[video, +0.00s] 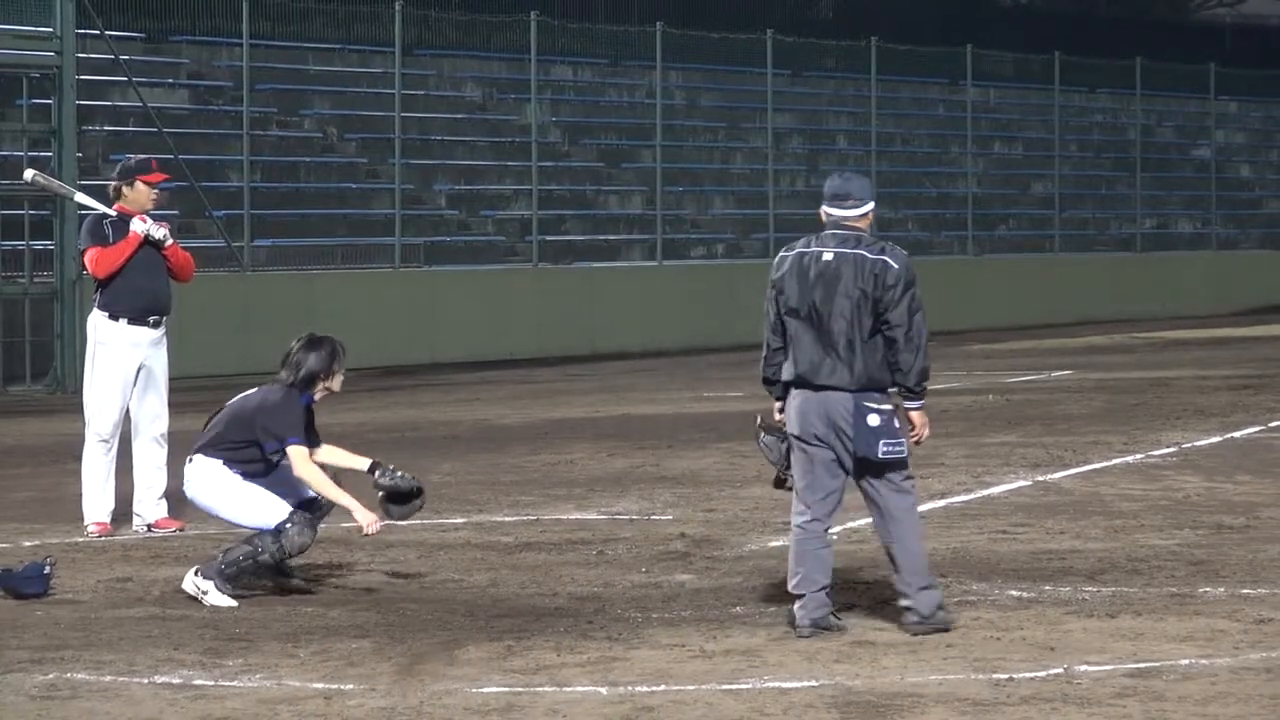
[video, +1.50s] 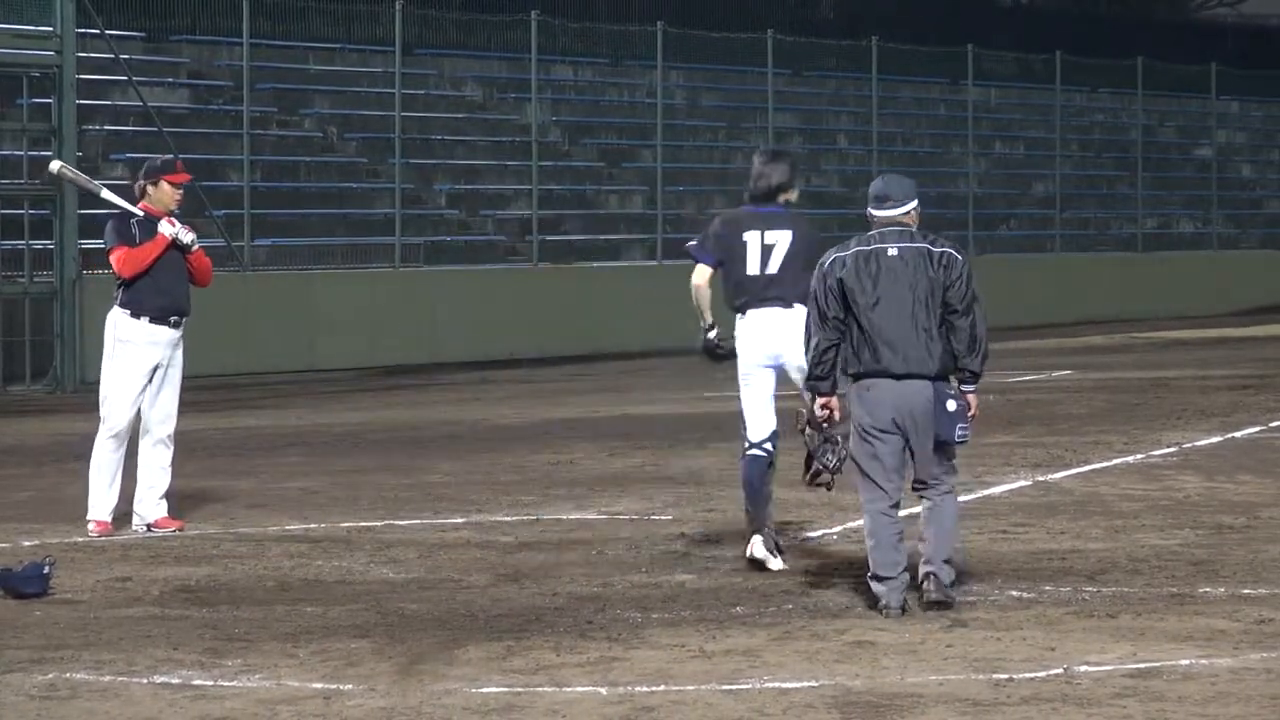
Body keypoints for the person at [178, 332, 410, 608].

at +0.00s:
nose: (343, 374)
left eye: (341, 367)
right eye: (339, 368)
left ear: (306, 367)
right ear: (323, 374)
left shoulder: (299, 401)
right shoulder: (285, 402)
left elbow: (316, 451)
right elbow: (302, 468)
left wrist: (374, 467)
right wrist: (355, 508)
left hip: (245, 469)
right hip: (211, 475)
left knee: (319, 500)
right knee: (298, 528)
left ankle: (269, 559)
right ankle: (208, 575)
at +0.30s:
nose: (381, 398)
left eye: (381, 391)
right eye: (379, 391)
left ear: (347, 384)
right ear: (365, 393)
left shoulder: (345, 418)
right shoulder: (320, 411)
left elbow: (392, 460)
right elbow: (317, 484)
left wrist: (441, 499)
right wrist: (369, 520)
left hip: (265, 465)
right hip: (232, 463)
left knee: (347, 474)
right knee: (295, 538)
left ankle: (326, 566)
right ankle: (203, 580)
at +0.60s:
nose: (478, 320)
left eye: (479, 313)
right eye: (475, 313)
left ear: (453, 314)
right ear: (454, 314)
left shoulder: (444, 347)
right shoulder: (410, 333)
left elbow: (458, 395)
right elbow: (368, 392)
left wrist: (454, 414)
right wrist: (415, 427)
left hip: (369, 412)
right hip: (337, 399)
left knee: (409, 501)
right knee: (341, 495)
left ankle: (328, 559)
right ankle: (253, 551)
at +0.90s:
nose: (559, 226)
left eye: (558, 218)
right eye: (551, 220)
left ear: (540, 225)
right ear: (527, 225)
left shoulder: (559, 262)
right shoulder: (487, 260)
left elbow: (610, 281)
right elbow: (428, 280)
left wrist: (657, 303)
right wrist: (468, 242)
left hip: (542, 370)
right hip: (499, 367)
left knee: (550, 478)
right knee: (524, 468)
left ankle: (482, 502)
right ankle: (497, 550)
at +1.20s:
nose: (699, 223)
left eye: (697, 218)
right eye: (695, 218)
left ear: (669, 223)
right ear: (681, 223)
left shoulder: (671, 268)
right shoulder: (675, 261)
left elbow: (689, 328)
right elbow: (718, 260)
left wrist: (736, 344)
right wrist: (672, 239)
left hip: (693, 373)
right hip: (683, 372)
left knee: (752, 455)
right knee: (666, 482)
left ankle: (748, 552)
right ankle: (575, 516)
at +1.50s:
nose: (798, 193)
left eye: (795, 186)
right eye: (796, 187)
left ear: (753, 186)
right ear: (788, 190)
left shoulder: (728, 222)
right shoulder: (805, 226)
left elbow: (699, 279)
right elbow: (824, 281)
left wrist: (709, 326)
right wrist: (829, 328)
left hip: (749, 327)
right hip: (797, 324)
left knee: (758, 436)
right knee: (821, 404)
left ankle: (760, 534)